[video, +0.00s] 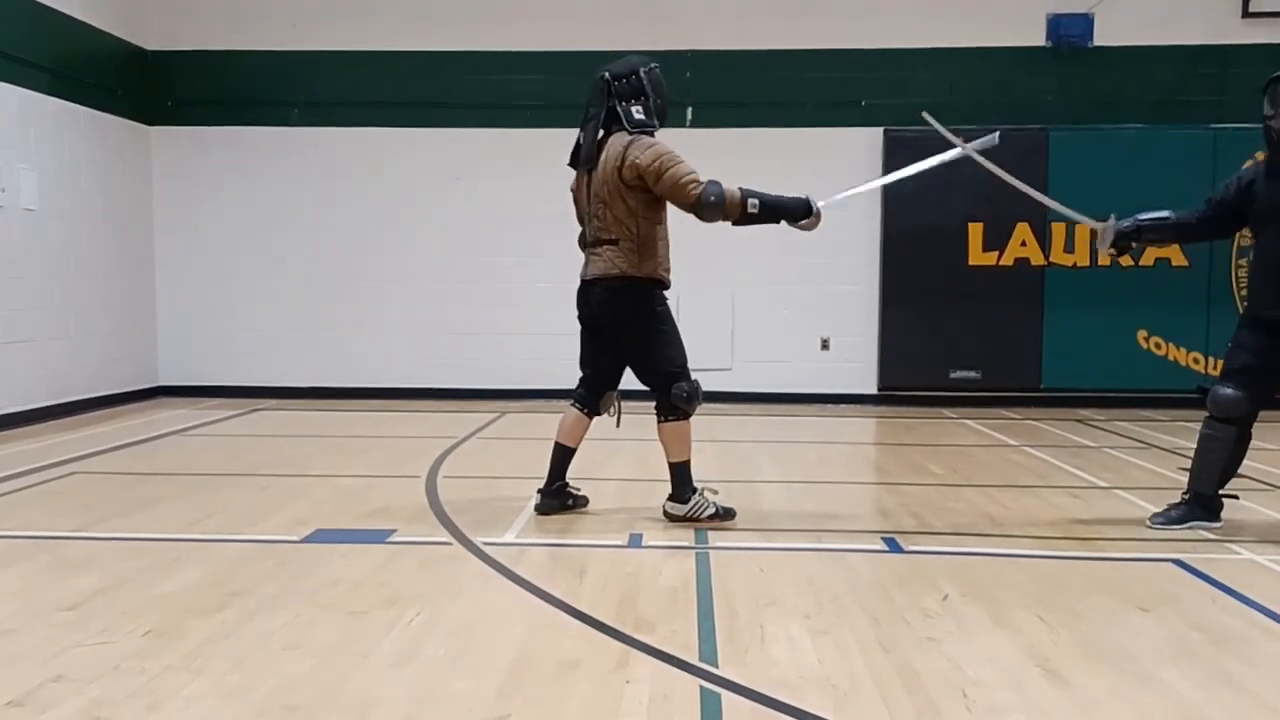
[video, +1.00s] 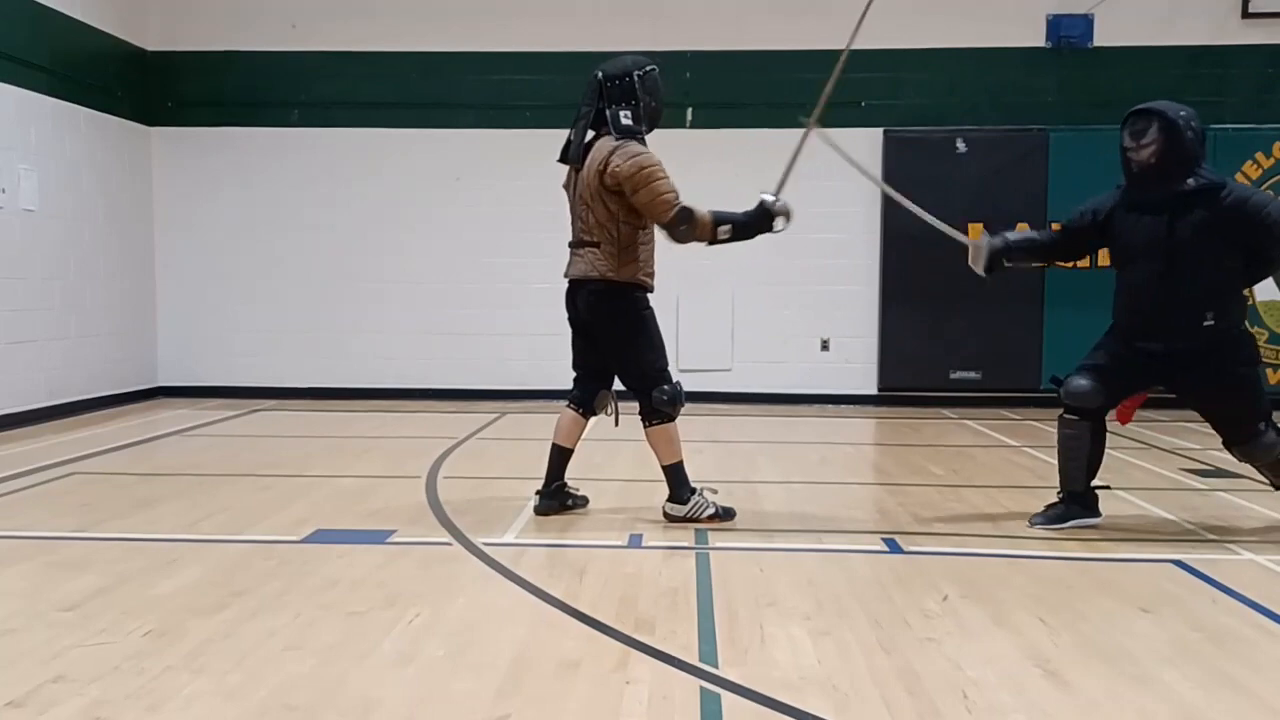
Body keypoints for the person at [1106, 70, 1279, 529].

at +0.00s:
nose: (1274, 124)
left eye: (1277, 116)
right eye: (1272, 115)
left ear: (1277, 123)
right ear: (1266, 121)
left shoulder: (1263, 180)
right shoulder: (1261, 177)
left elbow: (1210, 219)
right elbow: (1210, 219)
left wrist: (1136, 229)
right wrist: (1135, 228)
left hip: (1270, 319)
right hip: (1264, 315)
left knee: (1234, 398)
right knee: (1230, 398)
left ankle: (1203, 499)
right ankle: (1202, 500)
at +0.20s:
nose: (1273, 125)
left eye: (1277, 117)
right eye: (1271, 116)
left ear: (1278, 124)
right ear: (1264, 122)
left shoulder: (1262, 177)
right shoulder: (1258, 175)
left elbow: (1194, 203)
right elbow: (1194, 203)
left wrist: (1117, 212)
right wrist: (1115, 211)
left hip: (1270, 314)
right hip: (1264, 312)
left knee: (1229, 395)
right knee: (1225, 396)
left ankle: (1203, 499)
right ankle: (1202, 500)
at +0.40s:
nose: (1253, 128)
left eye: (1265, 117)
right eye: (1248, 118)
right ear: (1240, 126)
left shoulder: (1269, 184)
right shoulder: (1238, 190)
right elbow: (1174, 224)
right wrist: (1097, 223)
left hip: (1269, 322)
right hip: (1250, 320)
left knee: (1191, 388)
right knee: (1186, 389)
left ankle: (1143, 488)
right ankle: (1142, 490)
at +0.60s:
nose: (1179, 144)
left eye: (1193, 134)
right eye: (1178, 134)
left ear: (1224, 141)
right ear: (1171, 138)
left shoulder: (1261, 194)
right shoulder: (1166, 201)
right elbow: (1102, 219)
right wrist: (1036, 202)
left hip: (1251, 341)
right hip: (1179, 343)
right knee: (1124, 405)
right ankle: (1083, 500)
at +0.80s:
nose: (1116, 154)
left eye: (1127, 143)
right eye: (1111, 146)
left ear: (1159, 146)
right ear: (1105, 154)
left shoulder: (1208, 200)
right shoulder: (1107, 209)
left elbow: (1272, 224)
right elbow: (1053, 228)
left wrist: (1223, 277)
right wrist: (996, 209)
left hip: (1213, 344)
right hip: (1136, 345)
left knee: (1264, 439)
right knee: (1079, 397)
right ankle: (1077, 500)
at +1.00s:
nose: (1133, 147)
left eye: (1146, 138)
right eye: (1132, 139)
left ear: (1180, 143)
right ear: (1128, 145)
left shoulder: (1231, 203)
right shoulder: (1121, 204)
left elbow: (1277, 246)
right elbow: (1065, 242)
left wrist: (1229, 281)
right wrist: (1001, 247)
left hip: (1213, 347)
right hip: (1134, 343)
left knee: (1255, 442)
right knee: (1080, 395)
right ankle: (1077, 500)